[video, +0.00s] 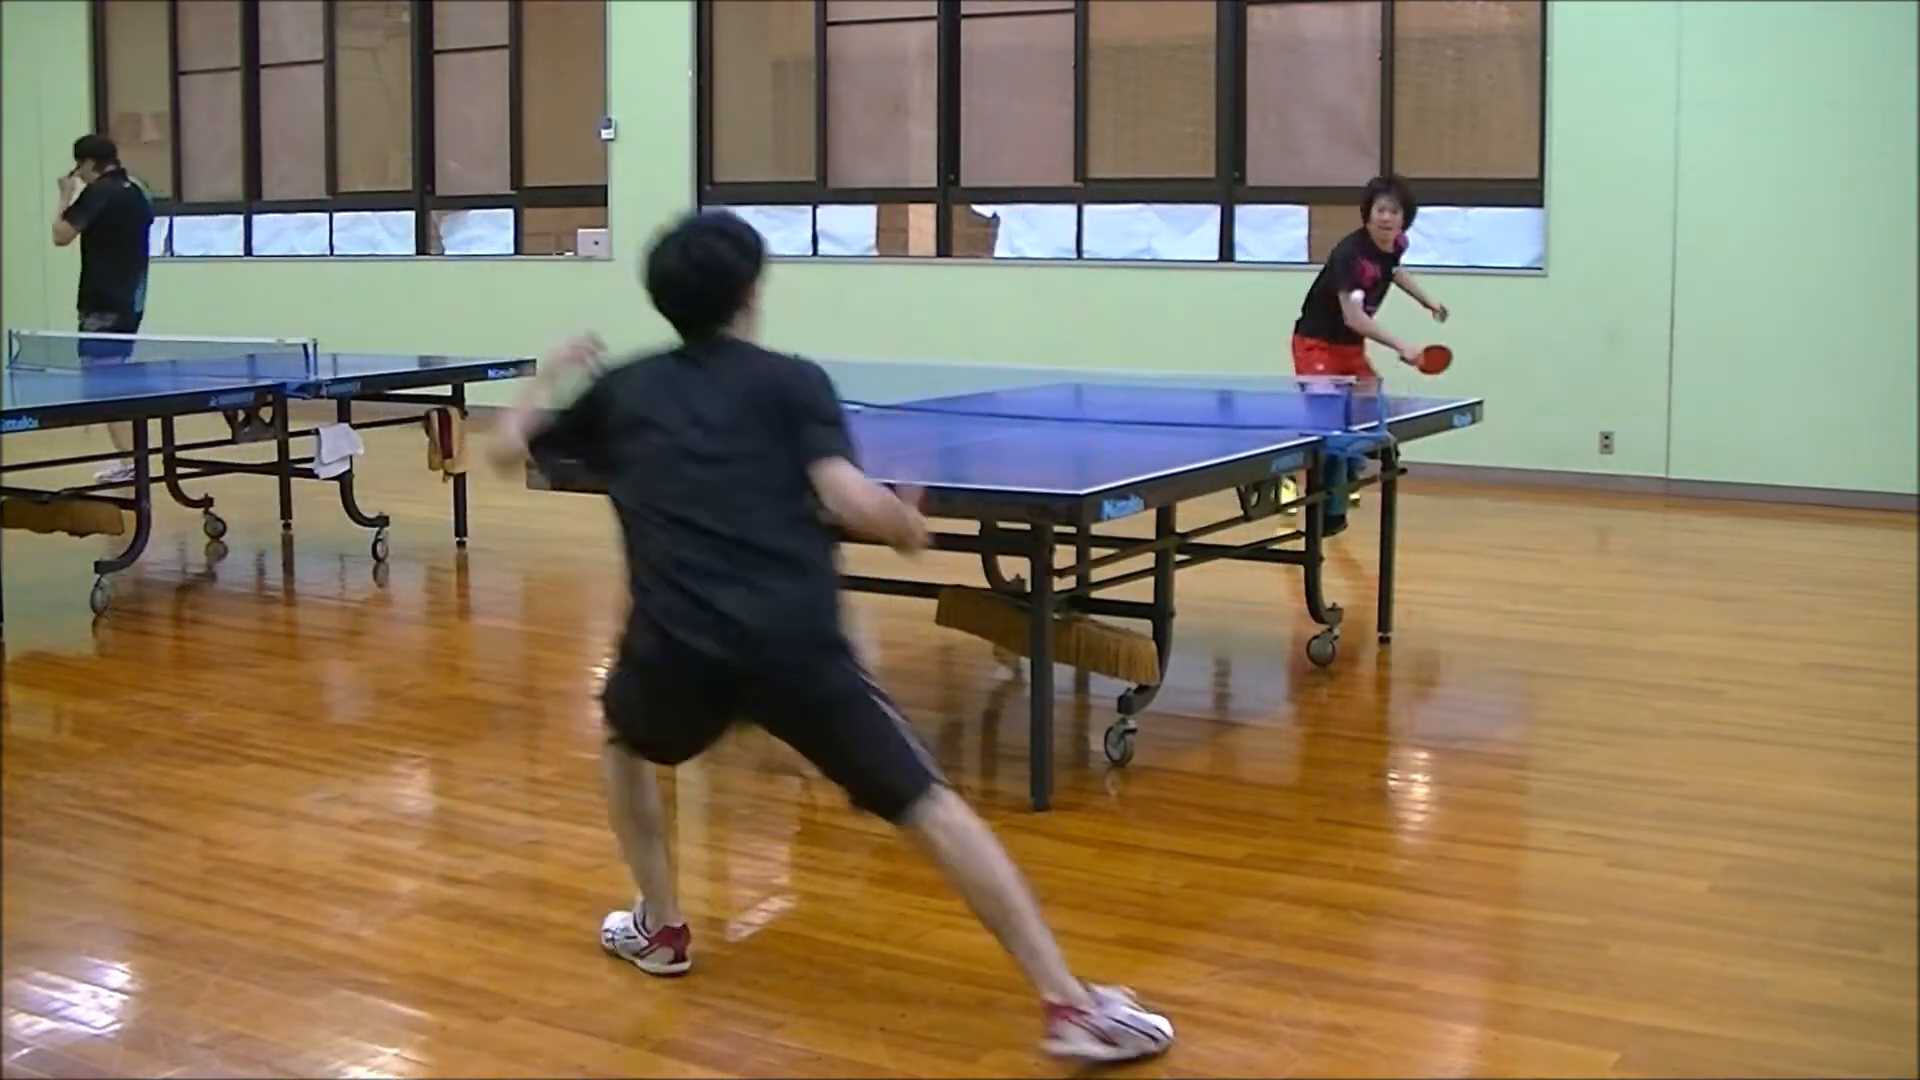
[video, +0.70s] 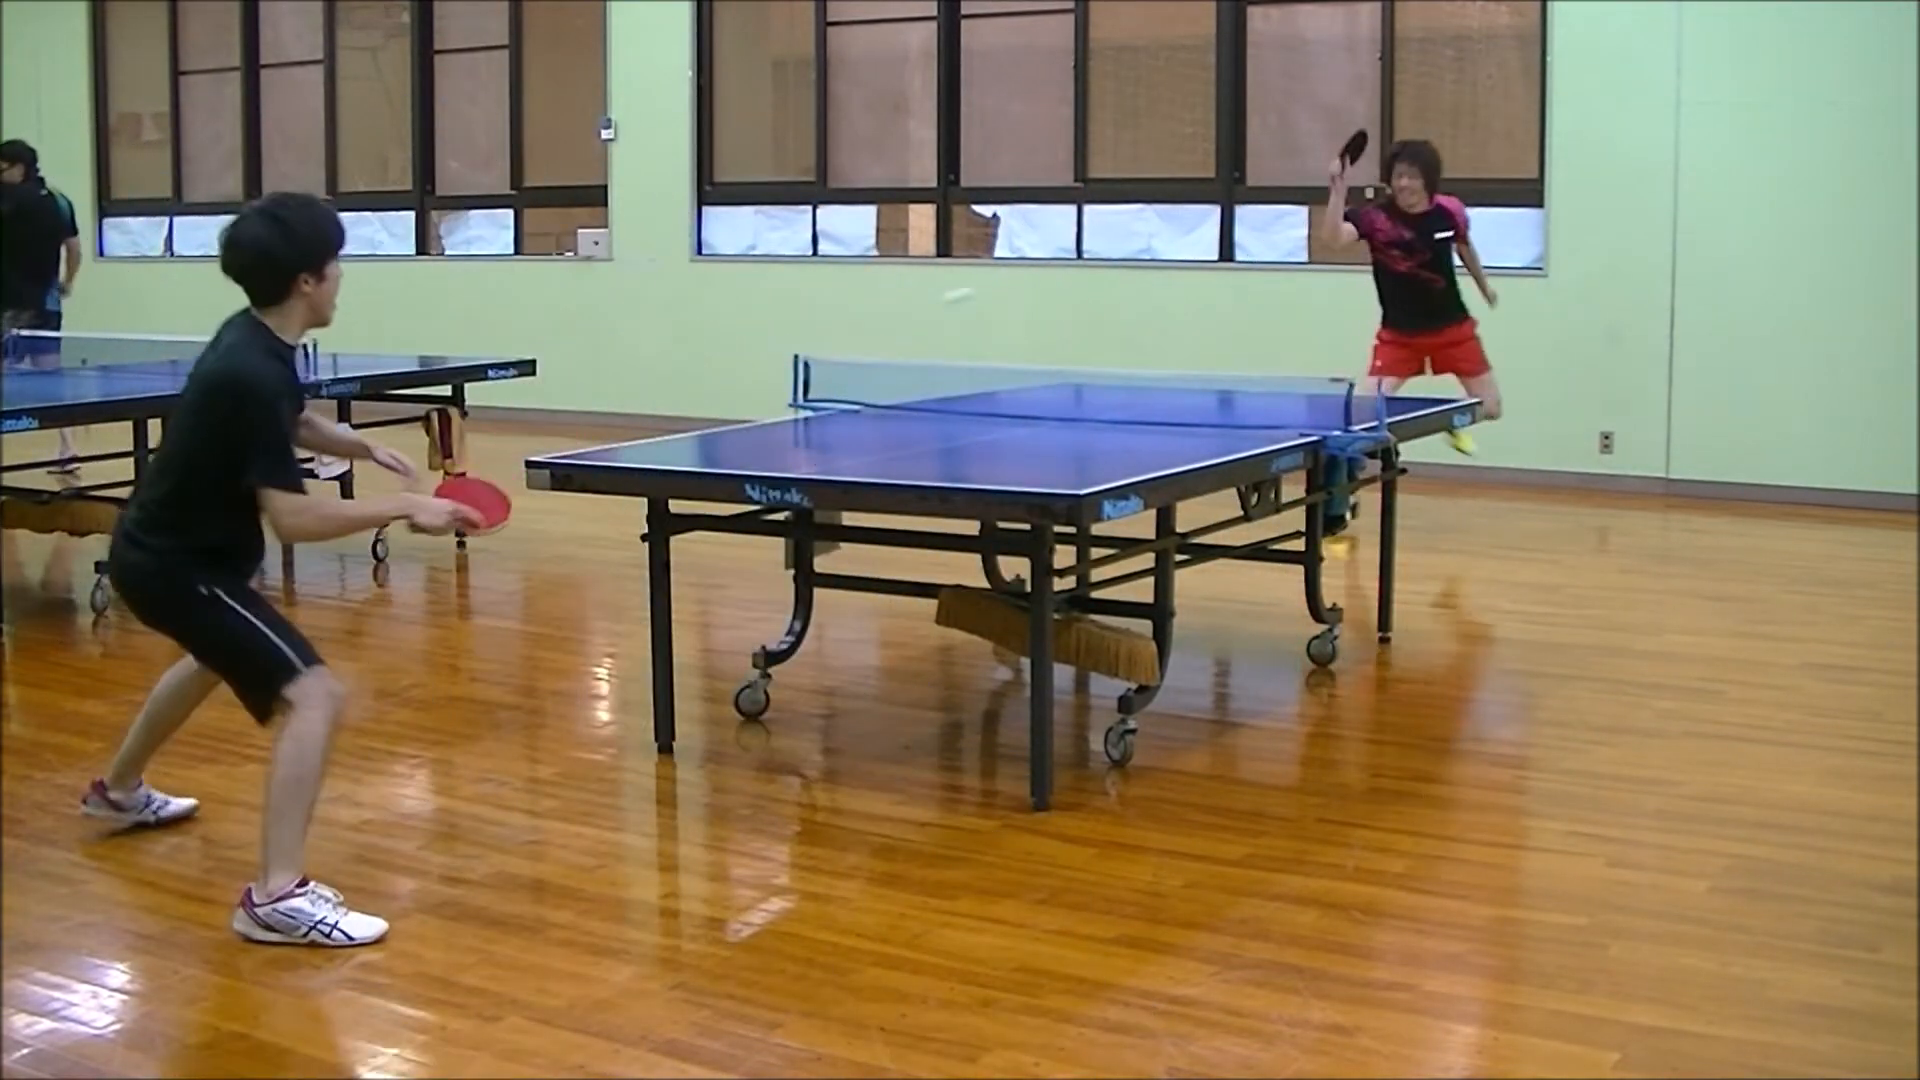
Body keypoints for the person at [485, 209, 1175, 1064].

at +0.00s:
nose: (760, 289)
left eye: (749, 278)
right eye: (755, 278)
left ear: (665, 302)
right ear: (745, 295)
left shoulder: (624, 395)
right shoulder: (792, 383)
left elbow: (507, 444)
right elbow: (843, 496)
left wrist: (552, 375)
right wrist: (906, 524)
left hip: (679, 658)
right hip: (798, 656)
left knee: (627, 742)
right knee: (932, 807)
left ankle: (660, 925)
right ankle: (1070, 1002)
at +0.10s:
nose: (687, 223)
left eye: (682, 211)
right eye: (682, 213)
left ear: (585, 229)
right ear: (668, 226)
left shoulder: (539, 304)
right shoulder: (697, 312)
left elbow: (414, 322)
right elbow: (776, 420)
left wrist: (419, 268)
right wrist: (820, 433)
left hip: (558, 583)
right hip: (660, 576)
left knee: (595, 746)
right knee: (808, 737)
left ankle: (652, 920)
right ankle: (838, 962)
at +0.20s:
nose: (618, 169)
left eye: (615, 155)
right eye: (616, 157)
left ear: (519, 159)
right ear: (604, 166)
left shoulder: (471, 238)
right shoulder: (618, 266)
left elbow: (342, 286)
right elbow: (711, 395)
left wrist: (254, 318)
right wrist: (742, 388)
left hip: (451, 532)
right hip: (540, 526)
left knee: (556, 698)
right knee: (655, 706)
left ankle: (587, 877)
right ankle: (536, 887)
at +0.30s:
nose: (543, 163)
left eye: (541, 149)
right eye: (541, 151)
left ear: (445, 155)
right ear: (524, 162)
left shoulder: (396, 235)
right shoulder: (536, 262)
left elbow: (280, 328)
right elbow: (594, 398)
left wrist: (199, 412)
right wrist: (646, 391)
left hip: (378, 502)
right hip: (448, 513)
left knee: (479, 647)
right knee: (503, 717)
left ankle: (435, 811)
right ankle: (327, 859)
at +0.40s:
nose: (471, 198)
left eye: (468, 184)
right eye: (467, 185)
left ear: (379, 194)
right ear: (449, 196)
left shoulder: (332, 280)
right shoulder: (444, 302)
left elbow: (247, 402)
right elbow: (500, 438)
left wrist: (236, 497)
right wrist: (573, 425)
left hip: (302, 533)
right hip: (361, 554)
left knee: (357, 659)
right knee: (430, 753)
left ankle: (270, 794)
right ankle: (276, 898)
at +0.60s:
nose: (363, 292)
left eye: (360, 278)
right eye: (358, 280)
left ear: (288, 293)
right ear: (333, 297)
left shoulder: (265, 356)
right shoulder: (302, 389)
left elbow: (286, 454)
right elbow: (342, 528)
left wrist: (366, 486)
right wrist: (449, 500)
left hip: (173, 579)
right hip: (215, 597)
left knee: (214, 686)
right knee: (376, 717)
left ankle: (111, 803)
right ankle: (279, 893)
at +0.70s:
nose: (340, 280)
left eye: (337, 267)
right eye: (335, 268)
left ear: (277, 279)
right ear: (309, 282)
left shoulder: (258, 343)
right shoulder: (256, 372)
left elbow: (294, 423)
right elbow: (292, 520)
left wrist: (366, 449)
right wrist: (406, 510)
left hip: (168, 548)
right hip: (171, 565)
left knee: (225, 647)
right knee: (314, 693)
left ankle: (117, 786)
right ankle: (277, 893)